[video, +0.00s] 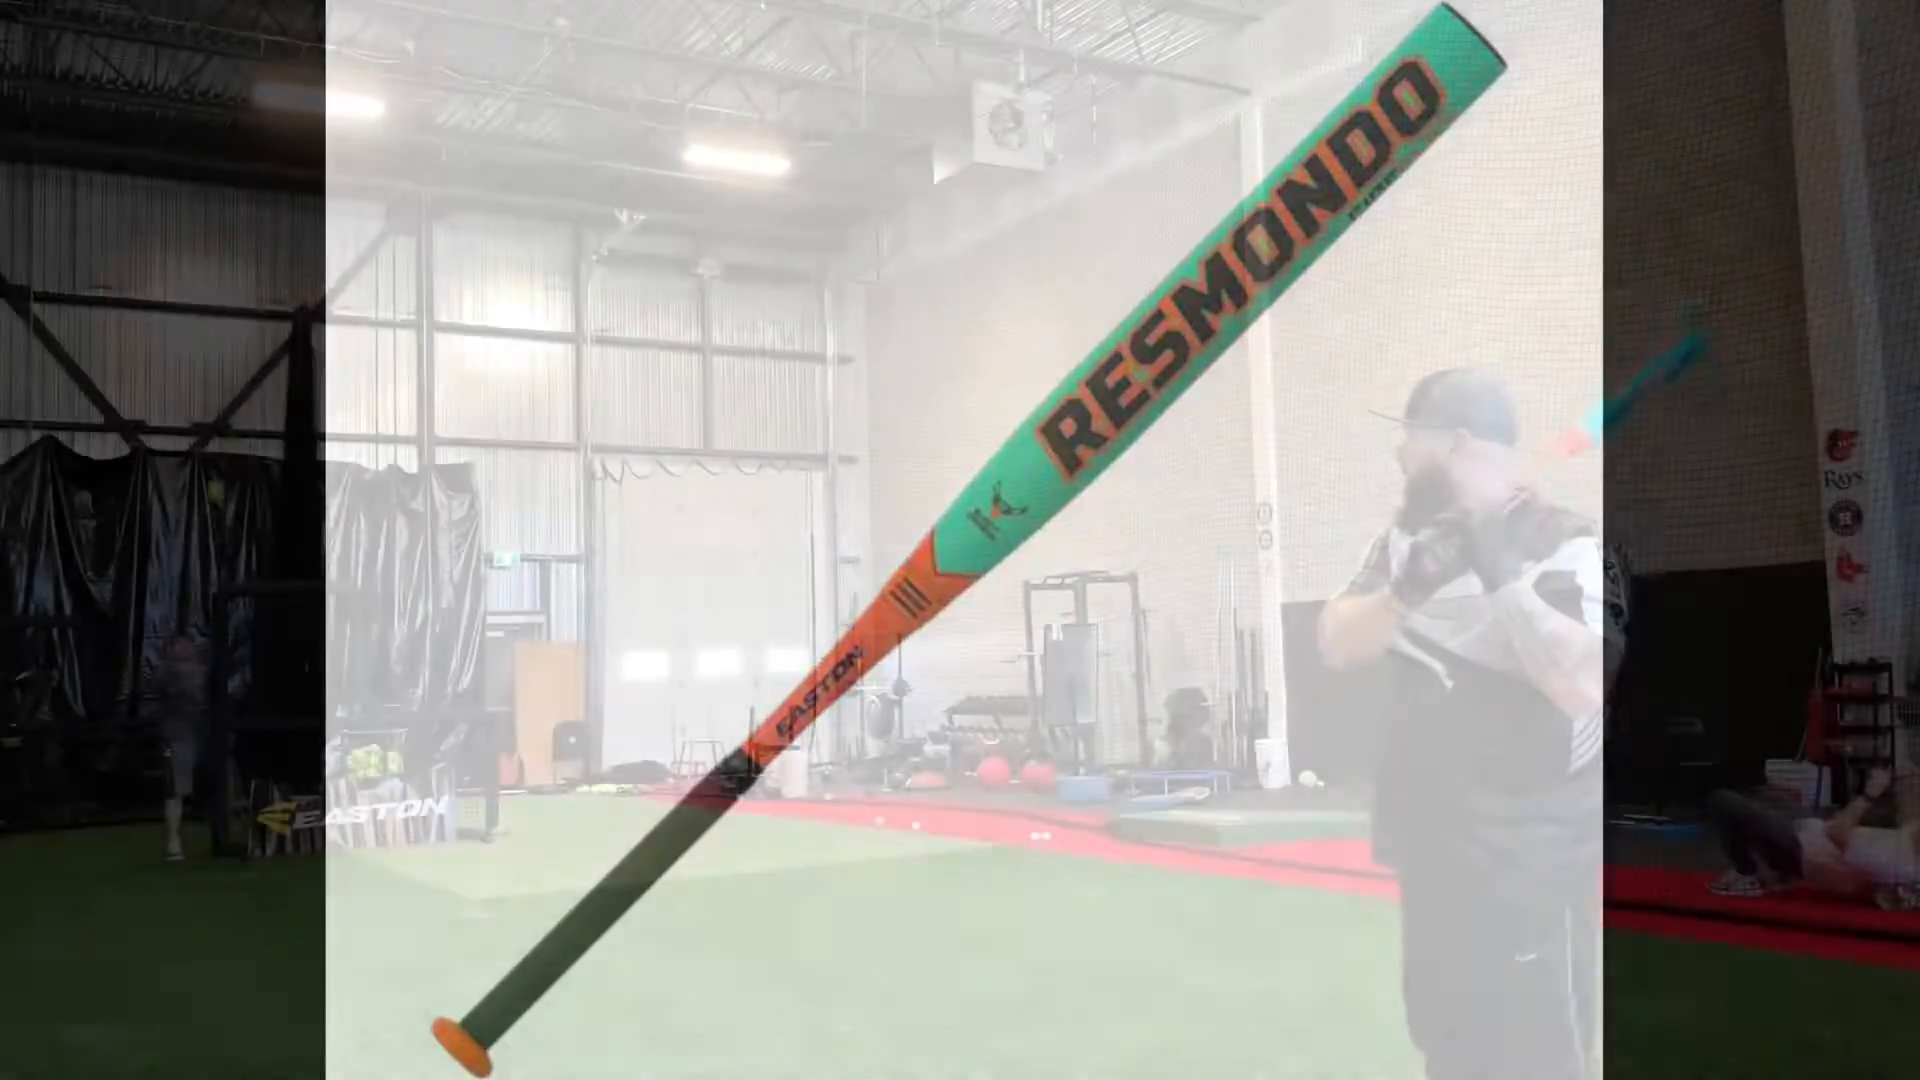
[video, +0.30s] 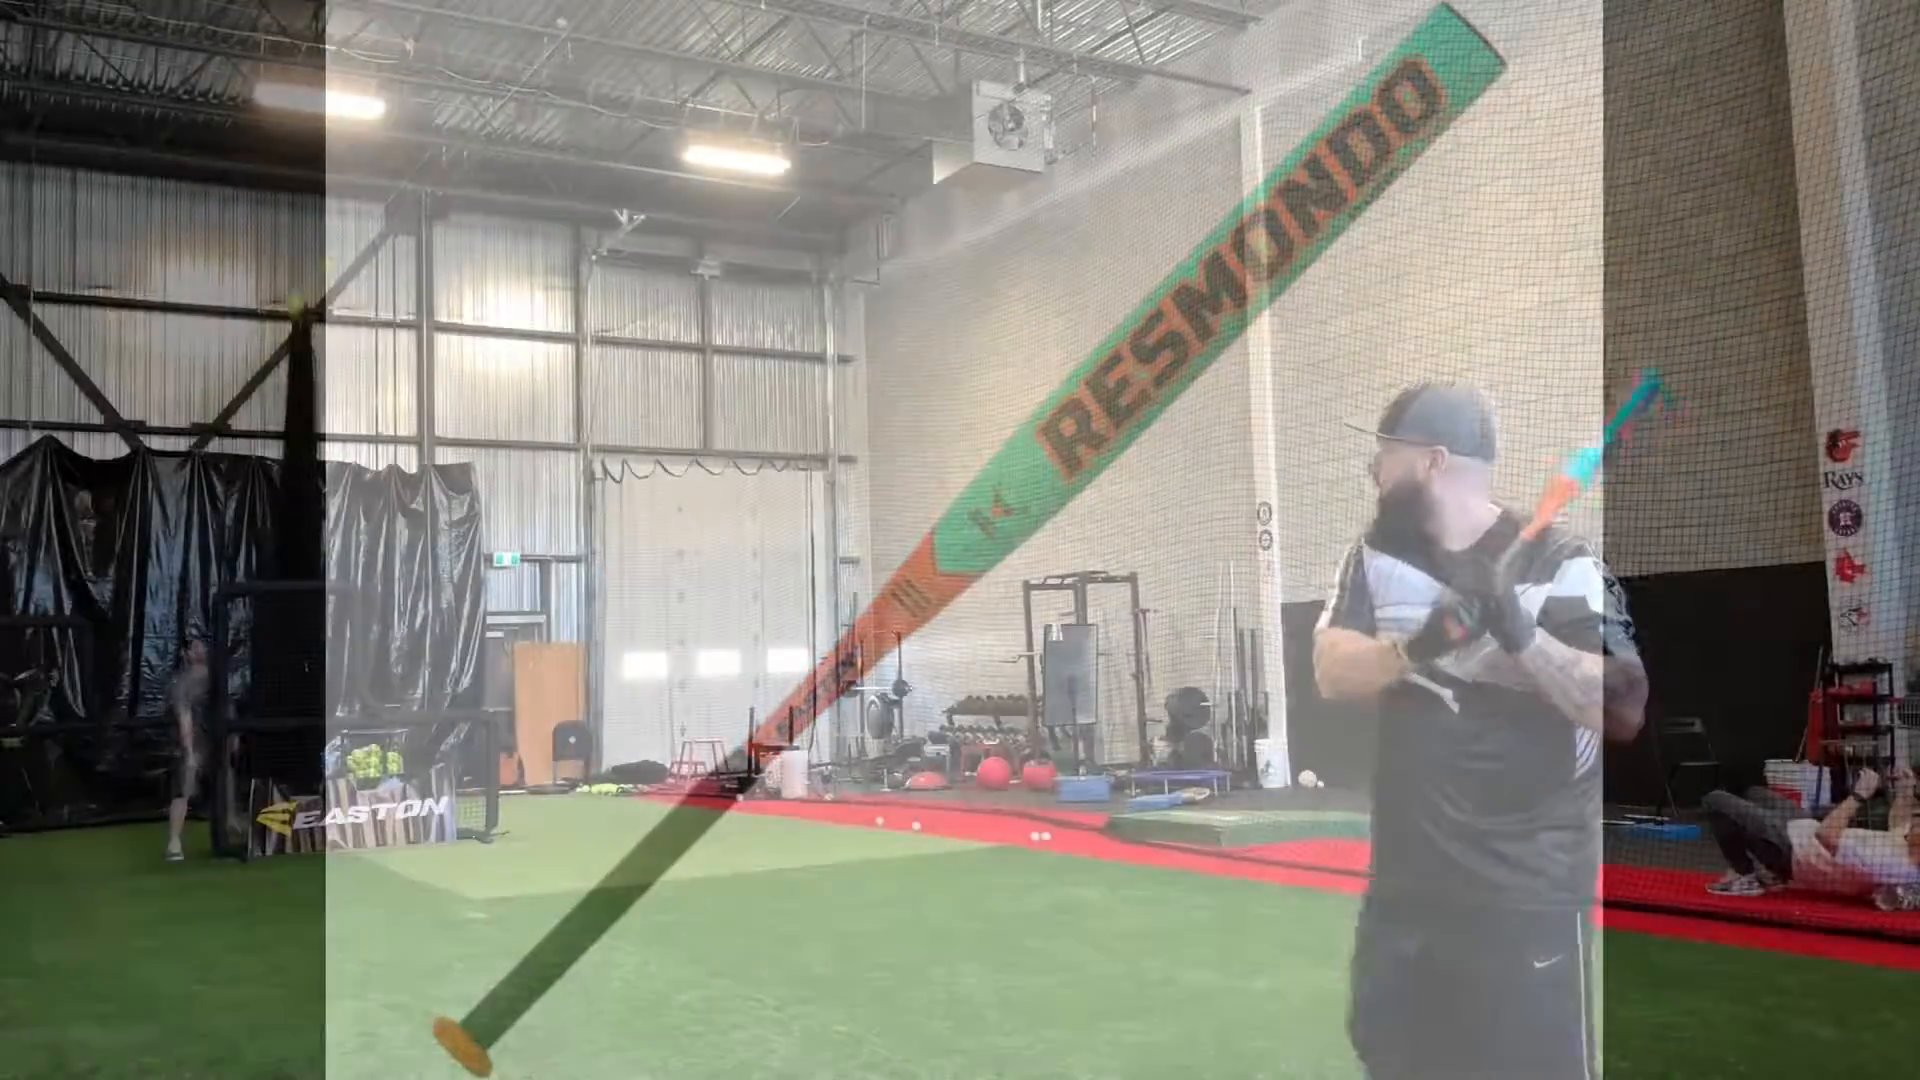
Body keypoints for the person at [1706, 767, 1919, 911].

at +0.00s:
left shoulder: (1904, 861)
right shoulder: (1908, 838)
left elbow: (1835, 833)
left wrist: (1868, 796)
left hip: (1803, 852)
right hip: (1815, 830)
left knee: (1723, 802)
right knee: (1759, 800)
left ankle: (1744, 874)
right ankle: (1776, 873)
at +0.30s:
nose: (1913, 827)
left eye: (1917, 827)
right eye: (1915, 823)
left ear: (1918, 838)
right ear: (1914, 831)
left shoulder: (1893, 865)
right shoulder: (1905, 845)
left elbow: (1827, 836)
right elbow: (1899, 824)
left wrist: (1858, 796)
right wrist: (1906, 794)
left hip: (1791, 849)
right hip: (1808, 827)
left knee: (1716, 801)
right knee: (1756, 793)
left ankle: (1745, 877)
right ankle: (1773, 872)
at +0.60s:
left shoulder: (1904, 863)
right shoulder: (1911, 841)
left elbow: (1838, 831)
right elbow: (1909, 826)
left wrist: (1868, 794)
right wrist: (1910, 790)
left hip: (1806, 851)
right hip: (1822, 827)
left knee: (1725, 800)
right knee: (1765, 793)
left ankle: (1745, 875)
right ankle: (1777, 870)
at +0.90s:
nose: (1916, 793)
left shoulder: (1909, 859)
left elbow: (1854, 824)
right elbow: (1909, 821)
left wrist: (1885, 784)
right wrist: (1912, 779)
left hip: (1827, 860)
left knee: (1744, 800)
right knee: (1788, 796)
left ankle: (1745, 876)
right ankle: (1775, 872)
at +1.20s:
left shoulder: (1912, 852)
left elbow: (1876, 820)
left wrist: (1903, 783)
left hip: (1846, 870)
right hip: (1863, 845)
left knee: (1767, 807)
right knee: (1807, 800)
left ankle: (1746, 877)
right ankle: (1778, 869)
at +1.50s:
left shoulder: (1919, 843)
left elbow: (1897, 819)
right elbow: (1901, 820)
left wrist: (1912, 788)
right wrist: (1912, 790)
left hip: (1868, 871)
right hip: (1882, 851)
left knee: (1785, 816)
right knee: (1824, 807)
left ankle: (1747, 875)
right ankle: (1781, 871)